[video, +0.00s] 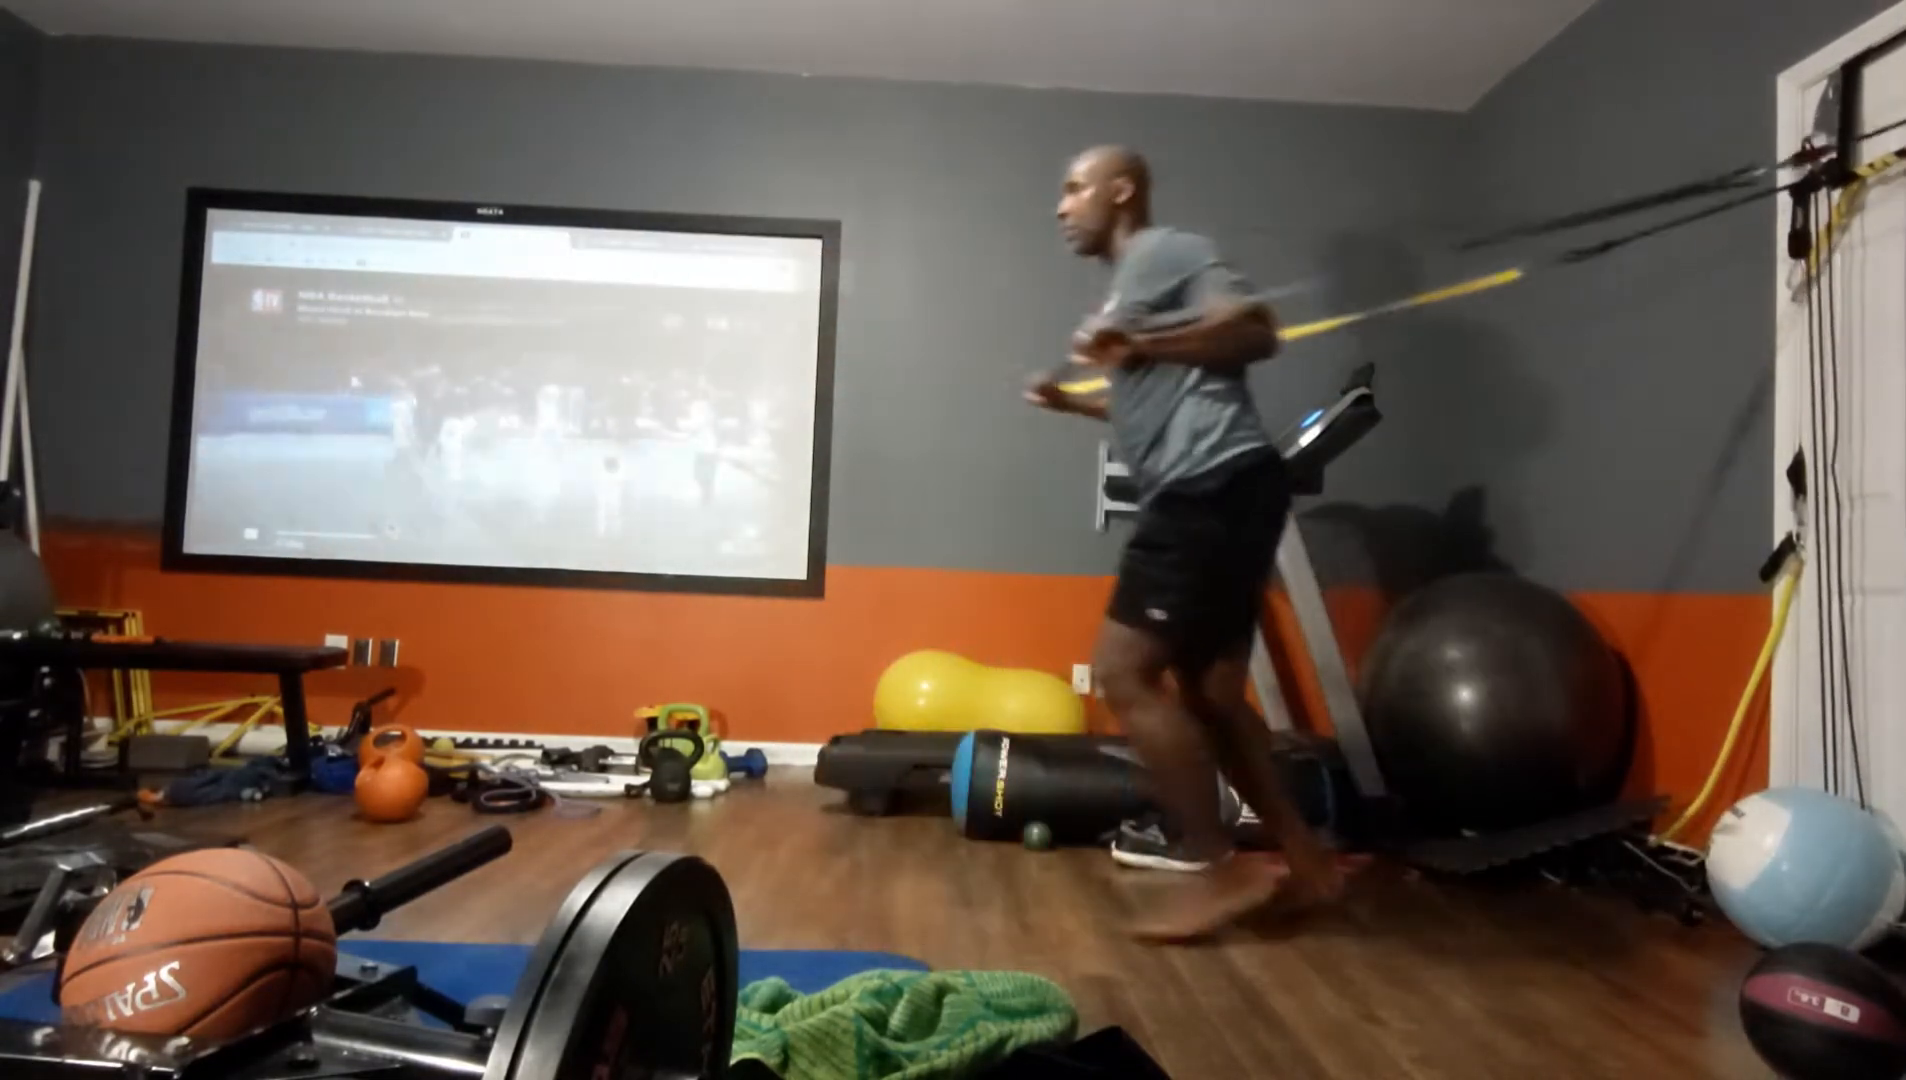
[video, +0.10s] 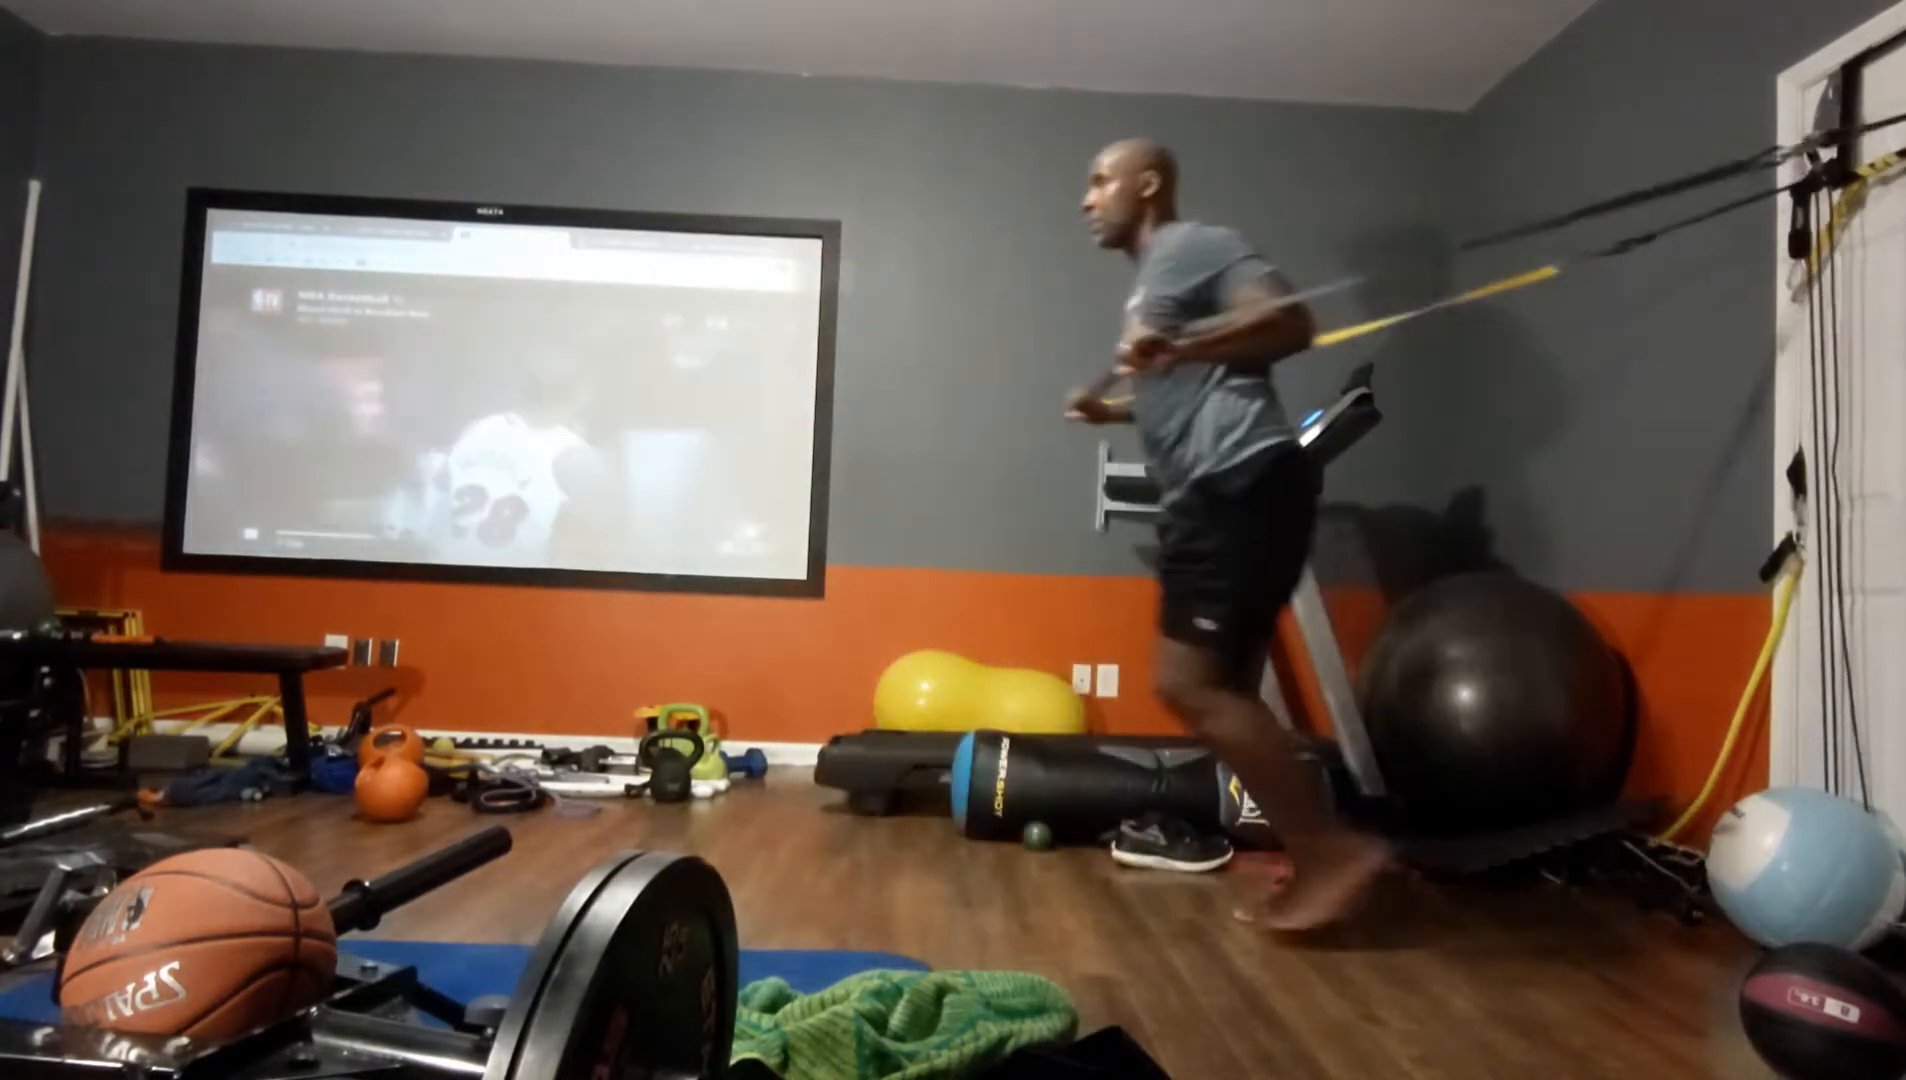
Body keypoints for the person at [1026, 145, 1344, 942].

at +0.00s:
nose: (1060, 207)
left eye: (1074, 190)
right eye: (1061, 194)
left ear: (1123, 193)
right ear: (1115, 198)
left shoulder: (1165, 250)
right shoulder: (1123, 291)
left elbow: (1254, 329)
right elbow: (1150, 409)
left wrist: (1140, 346)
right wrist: (1070, 401)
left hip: (1212, 482)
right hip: (1219, 485)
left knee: (1123, 674)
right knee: (1213, 694)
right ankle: (1304, 859)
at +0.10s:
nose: (1087, 199)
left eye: (1100, 181)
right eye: (1088, 185)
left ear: (1149, 187)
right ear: (1133, 195)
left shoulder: (1193, 244)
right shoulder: (1150, 283)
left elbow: (1287, 320)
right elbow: (1186, 393)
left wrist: (1181, 347)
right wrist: (1113, 406)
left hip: (1245, 477)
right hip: (1221, 483)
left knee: (1185, 681)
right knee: (1225, 690)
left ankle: (1332, 852)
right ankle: (1312, 858)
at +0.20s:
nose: (1109, 197)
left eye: (1124, 181)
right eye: (1110, 184)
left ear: (1174, 189)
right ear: (1158, 193)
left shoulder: (1218, 246)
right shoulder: (1169, 285)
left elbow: (1319, 321)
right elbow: (1202, 393)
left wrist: (1216, 352)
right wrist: (1139, 406)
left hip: (1274, 487)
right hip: (1225, 496)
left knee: (1253, 690)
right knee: (1239, 691)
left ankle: (1423, 845)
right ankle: (1313, 874)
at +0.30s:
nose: (1130, 201)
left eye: (1145, 185)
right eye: (1131, 187)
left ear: (1195, 192)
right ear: (1181, 197)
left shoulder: (1244, 250)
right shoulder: (1192, 285)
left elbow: (1340, 333)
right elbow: (1227, 397)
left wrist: (1235, 359)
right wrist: (1155, 408)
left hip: (1312, 497)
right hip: (1243, 510)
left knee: (1321, 690)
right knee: (1244, 685)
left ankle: (1478, 874)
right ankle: (1315, 879)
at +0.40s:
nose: (1146, 200)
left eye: (1162, 183)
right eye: (1147, 186)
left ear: (1214, 189)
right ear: (1197, 194)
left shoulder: (1266, 251)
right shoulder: (1207, 290)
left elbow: (1359, 337)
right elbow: (1241, 398)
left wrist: (1252, 366)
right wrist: (1162, 410)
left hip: (1340, 501)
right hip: (1265, 515)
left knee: (1369, 695)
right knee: (1247, 690)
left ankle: (1492, 883)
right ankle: (1316, 879)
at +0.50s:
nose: (1159, 196)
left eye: (1174, 179)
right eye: (1160, 183)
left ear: (1227, 184)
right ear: (1211, 190)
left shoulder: (1283, 248)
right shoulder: (1218, 293)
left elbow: (1376, 334)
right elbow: (1253, 398)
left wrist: (1268, 366)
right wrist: (1171, 410)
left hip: (1352, 497)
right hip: (1280, 511)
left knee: (1384, 694)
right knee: (1248, 685)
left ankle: (1499, 885)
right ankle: (1316, 878)